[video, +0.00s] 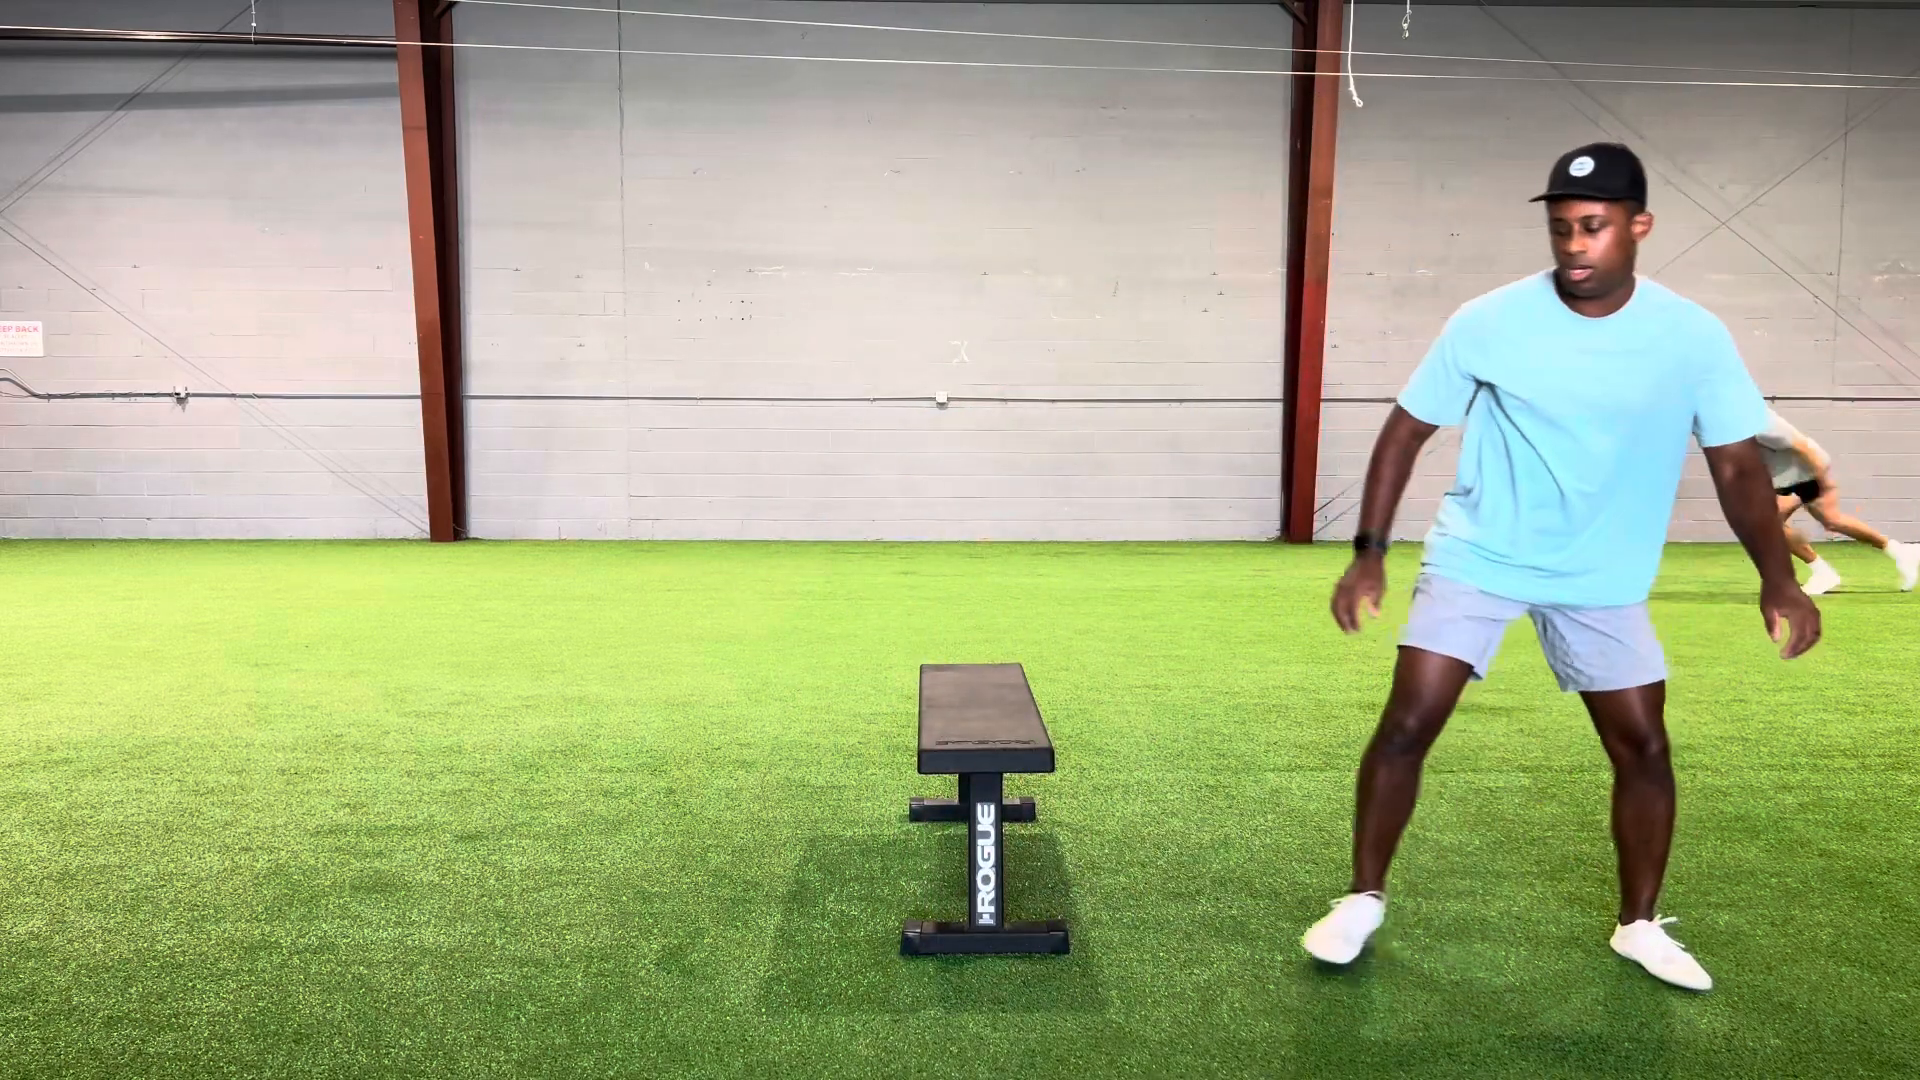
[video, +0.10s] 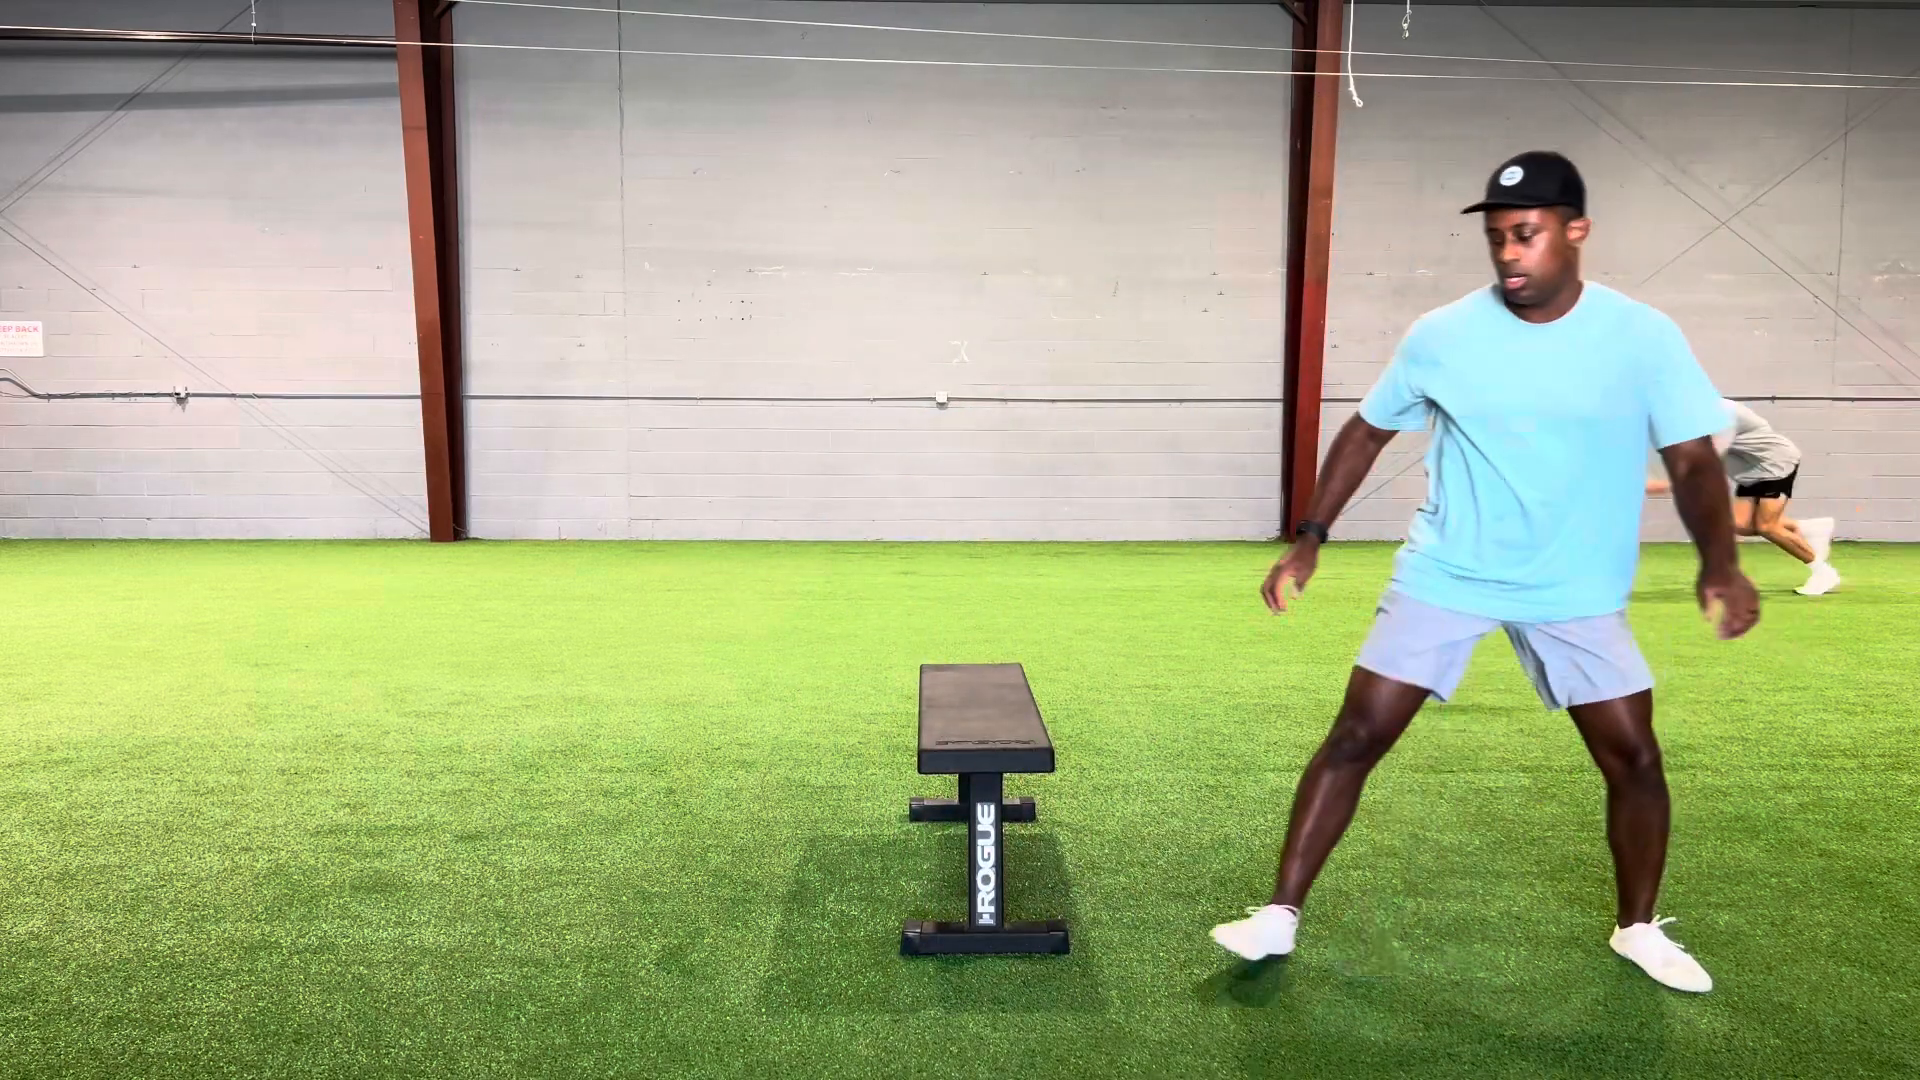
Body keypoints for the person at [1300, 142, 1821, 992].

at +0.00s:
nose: (1572, 245)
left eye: (1592, 227)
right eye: (1560, 226)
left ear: (1639, 228)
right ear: (1546, 226)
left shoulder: (1694, 340)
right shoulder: (1490, 324)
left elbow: (1741, 467)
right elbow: (1404, 430)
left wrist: (1779, 578)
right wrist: (1369, 548)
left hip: (1601, 581)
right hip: (1475, 561)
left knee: (1644, 745)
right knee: (1409, 721)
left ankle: (1640, 922)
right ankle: (1363, 897)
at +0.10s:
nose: (1508, 255)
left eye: (1527, 235)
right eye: (1498, 237)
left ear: (1578, 234)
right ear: (1486, 238)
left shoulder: (1645, 340)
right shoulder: (1443, 338)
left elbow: (1696, 460)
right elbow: (1365, 433)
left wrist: (1719, 564)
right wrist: (1309, 534)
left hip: (1576, 591)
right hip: (1446, 578)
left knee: (1633, 754)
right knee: (1359, 730)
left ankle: (1638, 925)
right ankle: (1282, 912)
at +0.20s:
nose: (1430, 254)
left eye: (1448, 236)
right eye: (1420, 238)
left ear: (1499, 234)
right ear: (1413, 240)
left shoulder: (1568, 335)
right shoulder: (1378, 343)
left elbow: (1615, 461)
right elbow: (1316, 441)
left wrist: (1614, 560)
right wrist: (1256, 531)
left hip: (1530, 597)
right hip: (1400, 589)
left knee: (1594, 757)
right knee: (1313, 736)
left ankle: (1638, 925)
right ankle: (1248, 924)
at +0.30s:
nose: (1347, 246)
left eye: (1365, 228)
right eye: (1339, 229)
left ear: (1418, 226)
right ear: (1334, 231)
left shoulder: (1486, 326)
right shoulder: (1309, 334)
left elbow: (1529, 462)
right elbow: (1261, 437)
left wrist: (1523, 582)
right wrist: (1203, 534)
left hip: (1457, 591)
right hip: (1330, 576)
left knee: (1543, 754)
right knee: (1255, 732)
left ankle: (1621, 911)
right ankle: (1238, 926)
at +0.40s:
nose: (1283, 230)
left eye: (1300, 212)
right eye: (1276, 213)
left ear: (1354, 209)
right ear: (1271, 216)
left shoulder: (1425, 309)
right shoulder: (1249, 318)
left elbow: (1471, 448)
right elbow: (1211, 431)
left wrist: (1476, 579)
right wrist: (1160, 534)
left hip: (1400, 574)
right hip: (1279, 571)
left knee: (1466, 752)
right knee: (1233, 733)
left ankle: (1515, 899)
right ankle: (1237, 927)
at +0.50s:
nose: (1234, 221)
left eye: (1252, 201)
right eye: (1227, 202)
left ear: (1308, 199)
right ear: (1224, 203)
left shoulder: (1382, 297)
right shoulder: (1201, 307)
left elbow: (1429, 428)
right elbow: (1168, 423)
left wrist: (1450, 563)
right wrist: (1126, 528)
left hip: (1347, 562)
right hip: (1237, 561)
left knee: (1356, 751)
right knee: (1220, 735)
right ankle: (1235, 927)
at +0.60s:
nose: (1198, 224)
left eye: (1217, 206)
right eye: (1190, 206)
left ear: (1268, 203)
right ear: (1184, 205)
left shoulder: (1344, 296)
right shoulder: (1163, 309)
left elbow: (1395, 426)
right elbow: (1130, 426)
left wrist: (1426, 557)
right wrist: (1095, 527)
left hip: (1297, 560)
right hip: (1196, 559)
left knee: (1266, 746)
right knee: (1181, 742)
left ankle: (1250, 945)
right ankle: (1225, 920)